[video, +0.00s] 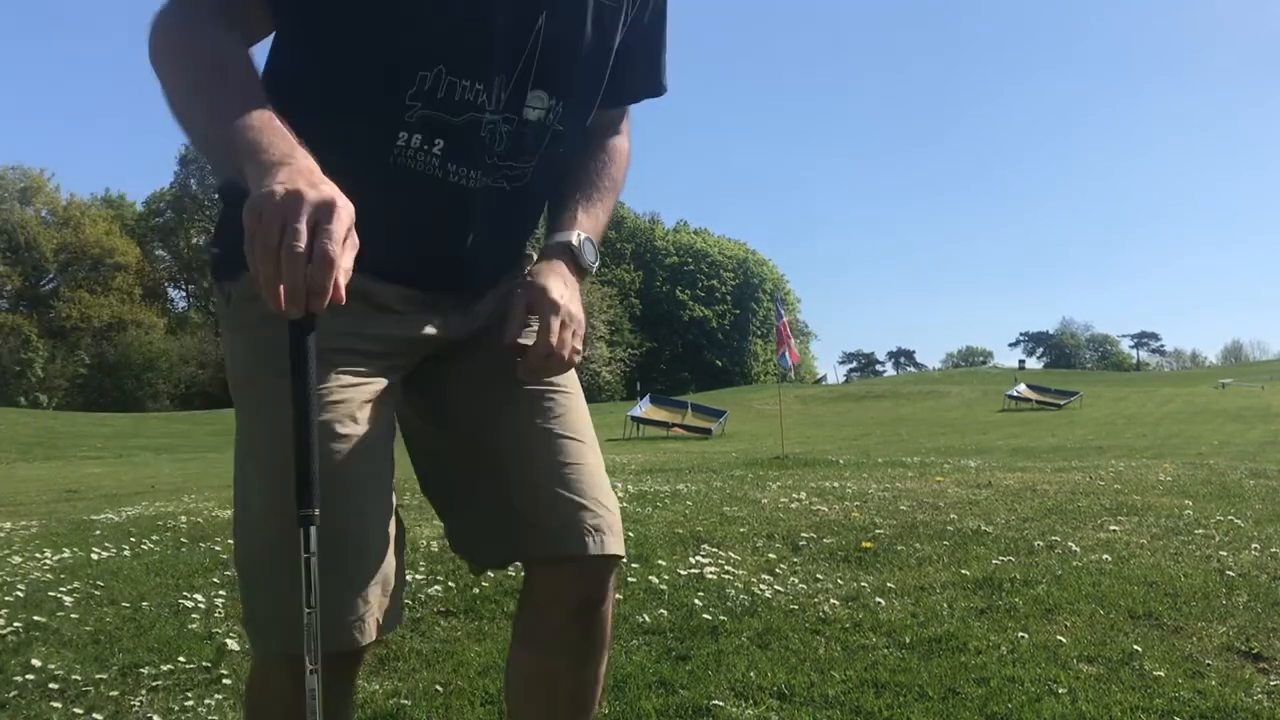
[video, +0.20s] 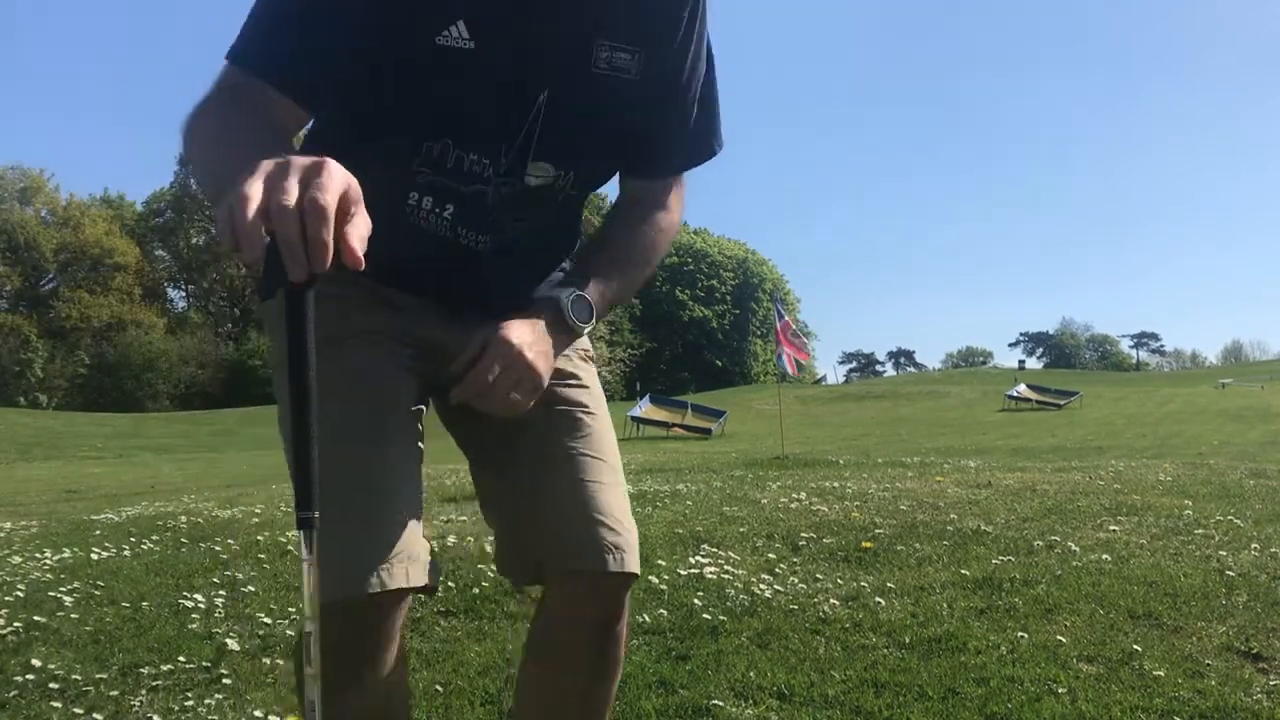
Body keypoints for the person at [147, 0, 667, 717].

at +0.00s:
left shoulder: (628, 10)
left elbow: (604, 123)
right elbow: (190, 26)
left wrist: (567, 256)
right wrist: (276, 164)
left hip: (493, 291)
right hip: (318, 278)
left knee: (581, 556)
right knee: (324, 624)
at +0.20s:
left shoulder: (667, 18)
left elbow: (655, 203)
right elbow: (235, 111)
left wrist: (561, 321)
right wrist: (261, 173)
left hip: (525, 297)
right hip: (351, 279)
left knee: (598, 572)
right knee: (369, 583)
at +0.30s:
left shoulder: (671, 49)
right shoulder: (370, 15)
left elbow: (667, 270)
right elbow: (232, 213)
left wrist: (544, 373)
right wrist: (289, 192)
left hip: (525, 336)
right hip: (357, 321)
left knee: (626, 579)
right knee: (389, 615)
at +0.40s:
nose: (597, 27)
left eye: (626, 1)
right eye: (564, 1)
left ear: (653, 11)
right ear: (497, 6)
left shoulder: (670, 154)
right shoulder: (385, 99)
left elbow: (672, 383)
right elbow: (260, 366)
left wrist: (532, 462)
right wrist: (349, 268)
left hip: (534, 414)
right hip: (362, 412)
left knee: (675, 603)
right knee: (403, 683)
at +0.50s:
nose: (590, 114)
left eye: (618, 75)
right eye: (550, 73)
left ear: (647, 82)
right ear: (481, 76)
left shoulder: (666, 233)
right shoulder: (384, 191)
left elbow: (683, 459)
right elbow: (287, 470)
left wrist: (539, 522)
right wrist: (375, 306)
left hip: (538, 501)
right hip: (371, 499)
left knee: (708, 644)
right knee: (394, 702)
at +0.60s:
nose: (584, 184)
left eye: (613, 145)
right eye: (546, 144)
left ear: (643, 156)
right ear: (475, 149)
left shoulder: (666, 298)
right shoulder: (394, 264)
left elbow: (705, 525)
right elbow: (309, 550)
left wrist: (566, 572)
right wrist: (367, 327)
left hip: (550, 587)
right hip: (384, 581)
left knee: (735, 677)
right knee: (385, 702)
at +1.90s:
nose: (602, 292)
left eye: (629, 255)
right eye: (566, 254)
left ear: (661, 265)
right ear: (505, 263)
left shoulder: (687, 386)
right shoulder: (433, 361)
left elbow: (753, 612)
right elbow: (303, 601)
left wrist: (659, 626)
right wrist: (377, 357)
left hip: (605, 662)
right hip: (429, 665)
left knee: (761, 708)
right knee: (351, 701)